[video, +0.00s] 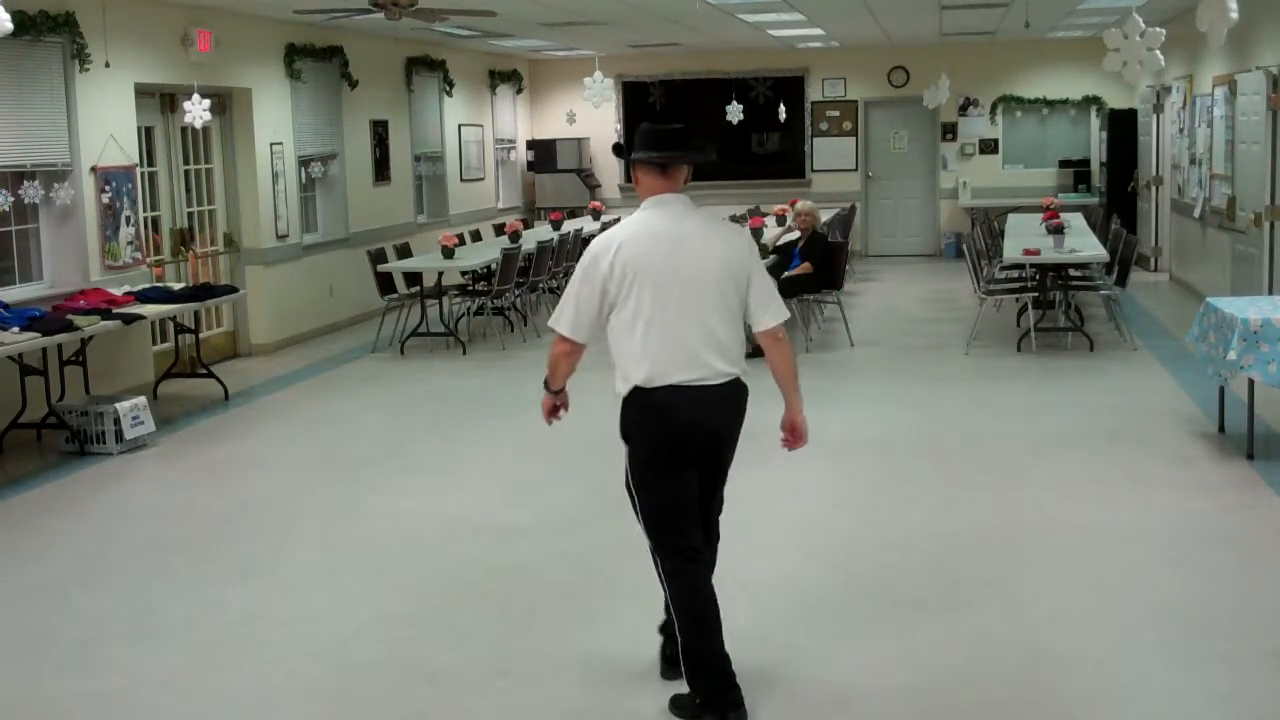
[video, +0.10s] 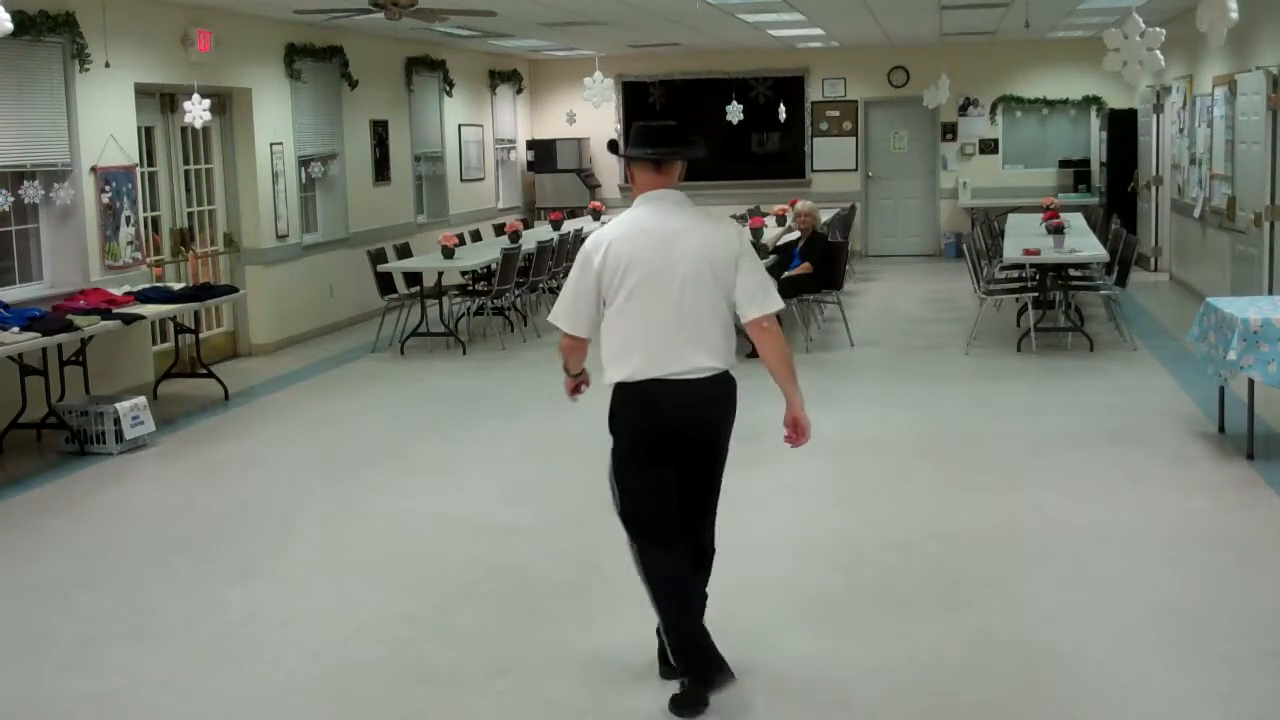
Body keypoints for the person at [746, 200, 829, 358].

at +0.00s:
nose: (803, 218)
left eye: (807, 215)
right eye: (799, 215)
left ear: (814, 219)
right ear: (795, 219)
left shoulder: (820, 239)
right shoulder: (796, 242)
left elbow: (811, 266)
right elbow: (766, 249)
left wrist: (785, 276)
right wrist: (784, 229)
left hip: (809, 280)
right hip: (790, 277)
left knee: (767, 293)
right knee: (760, 287)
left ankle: (763, 344)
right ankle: (758, 340)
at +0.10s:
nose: (802, 219)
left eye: (806, 216)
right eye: (799, 216)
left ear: (814, 219)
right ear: (795, 220)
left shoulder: (820, 239)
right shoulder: (797, 241)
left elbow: (811, 266)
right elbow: (767, 249)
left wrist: (785, 276)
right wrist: (784, 230)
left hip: (809, 280)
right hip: (791, 276)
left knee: (769, 292)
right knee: (762, 286)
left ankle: (767, 343)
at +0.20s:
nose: (802, 219)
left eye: (806, 216)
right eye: (798, 216)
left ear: (814, 219)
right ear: (795, 220)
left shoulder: (820, 239)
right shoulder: (796, 241)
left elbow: (811, 266)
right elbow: (768, 248)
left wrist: (785, 276)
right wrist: (785, 230)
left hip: (809, 279)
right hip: (789, 275)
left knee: (765, 292)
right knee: (766, 279)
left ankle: (761, 343)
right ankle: (773, 316)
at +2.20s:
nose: (801, 218)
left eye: (805, 214)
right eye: (798, 215)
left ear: (813, 218)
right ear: (794, 220)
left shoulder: (820, 240)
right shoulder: (796, 242)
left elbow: (809, 267)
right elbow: (767, 249)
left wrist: (785, 276)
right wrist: (784, 231)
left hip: (809, 279)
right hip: (790, 275)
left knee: (768, 292)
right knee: (765, 275)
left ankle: (769, 343)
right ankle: (774, 315)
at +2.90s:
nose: (801, 218)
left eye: (805, 215)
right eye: (798, 215)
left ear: (812, 218)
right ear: (794, 220)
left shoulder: (819, 239)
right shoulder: (795, 242)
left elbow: (809, 266)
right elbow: (768, 249)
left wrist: (786, 275)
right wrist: (785, 231)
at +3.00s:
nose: (801, 218)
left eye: (805, 215)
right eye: (798, 215)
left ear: (812, 218)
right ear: (794, 220)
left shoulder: (819, 239)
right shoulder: (793, 241)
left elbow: (810, 266)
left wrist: (787, 275)